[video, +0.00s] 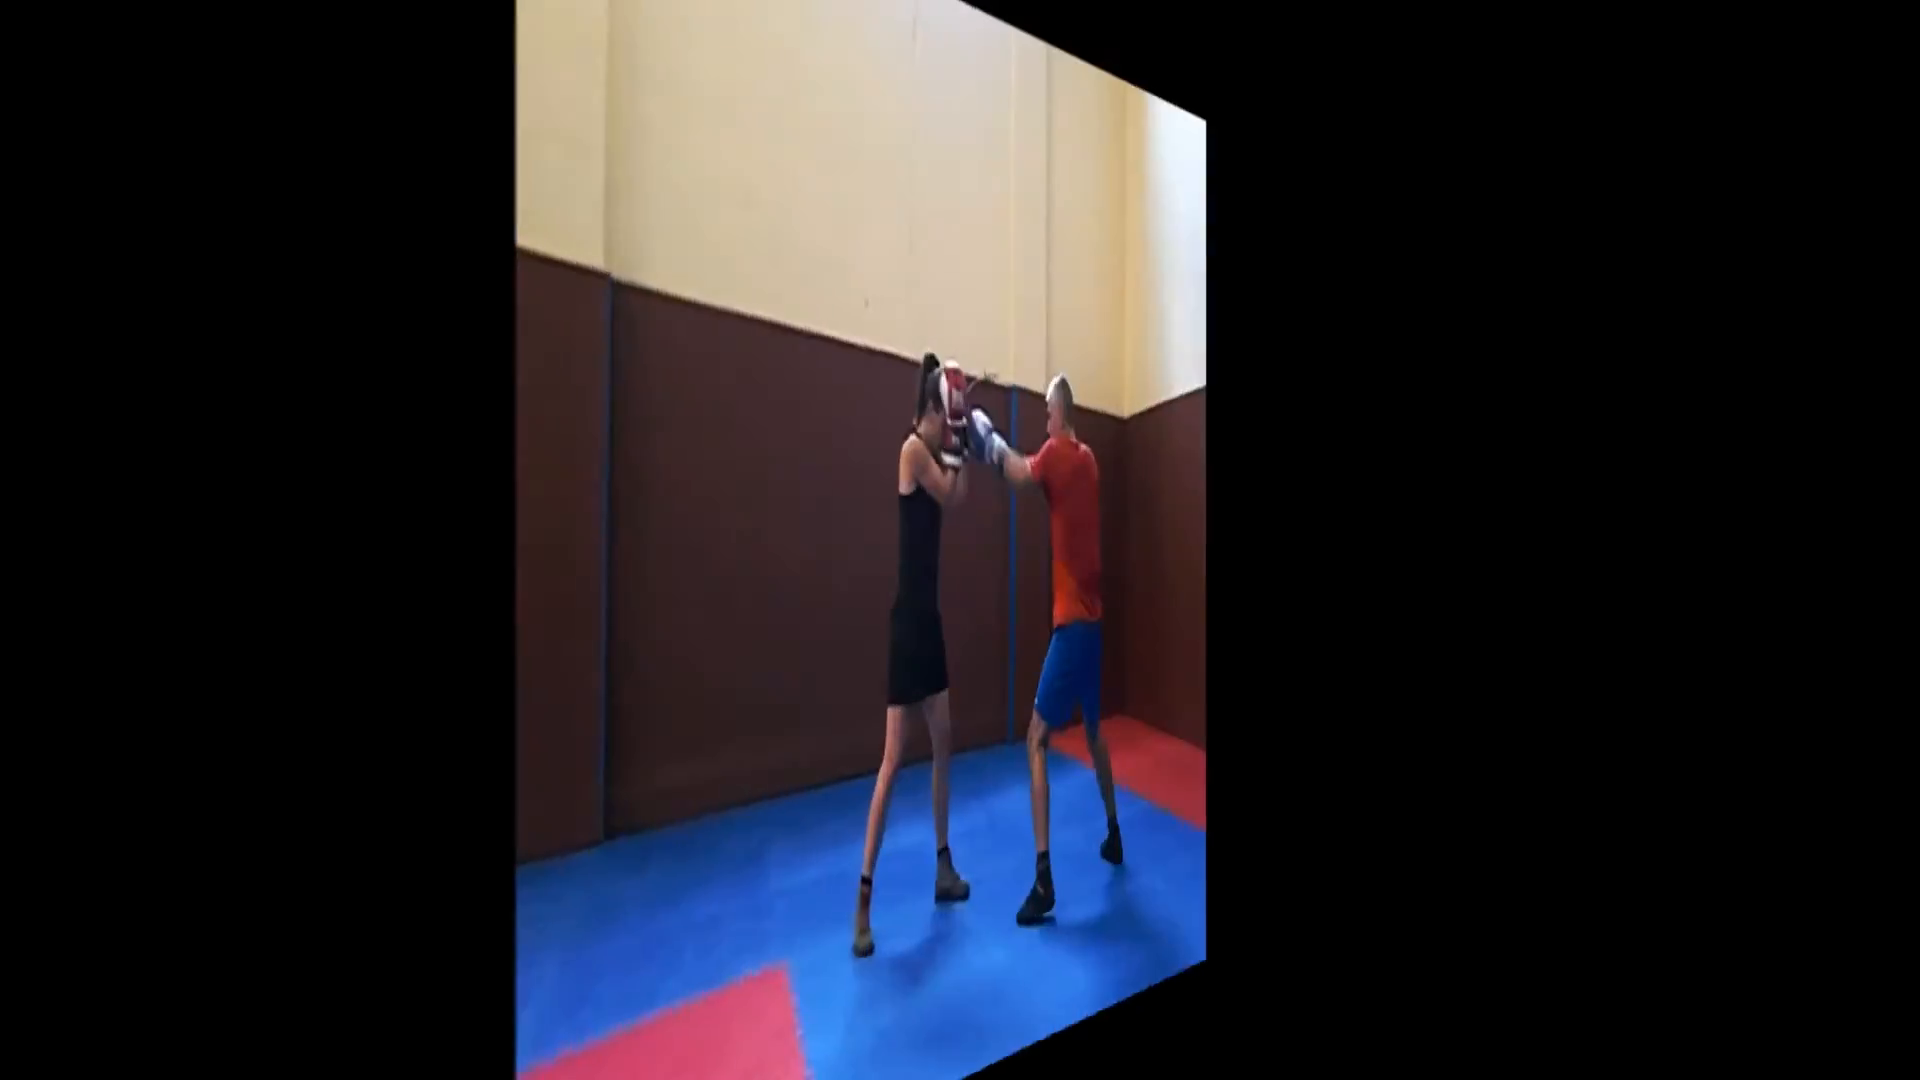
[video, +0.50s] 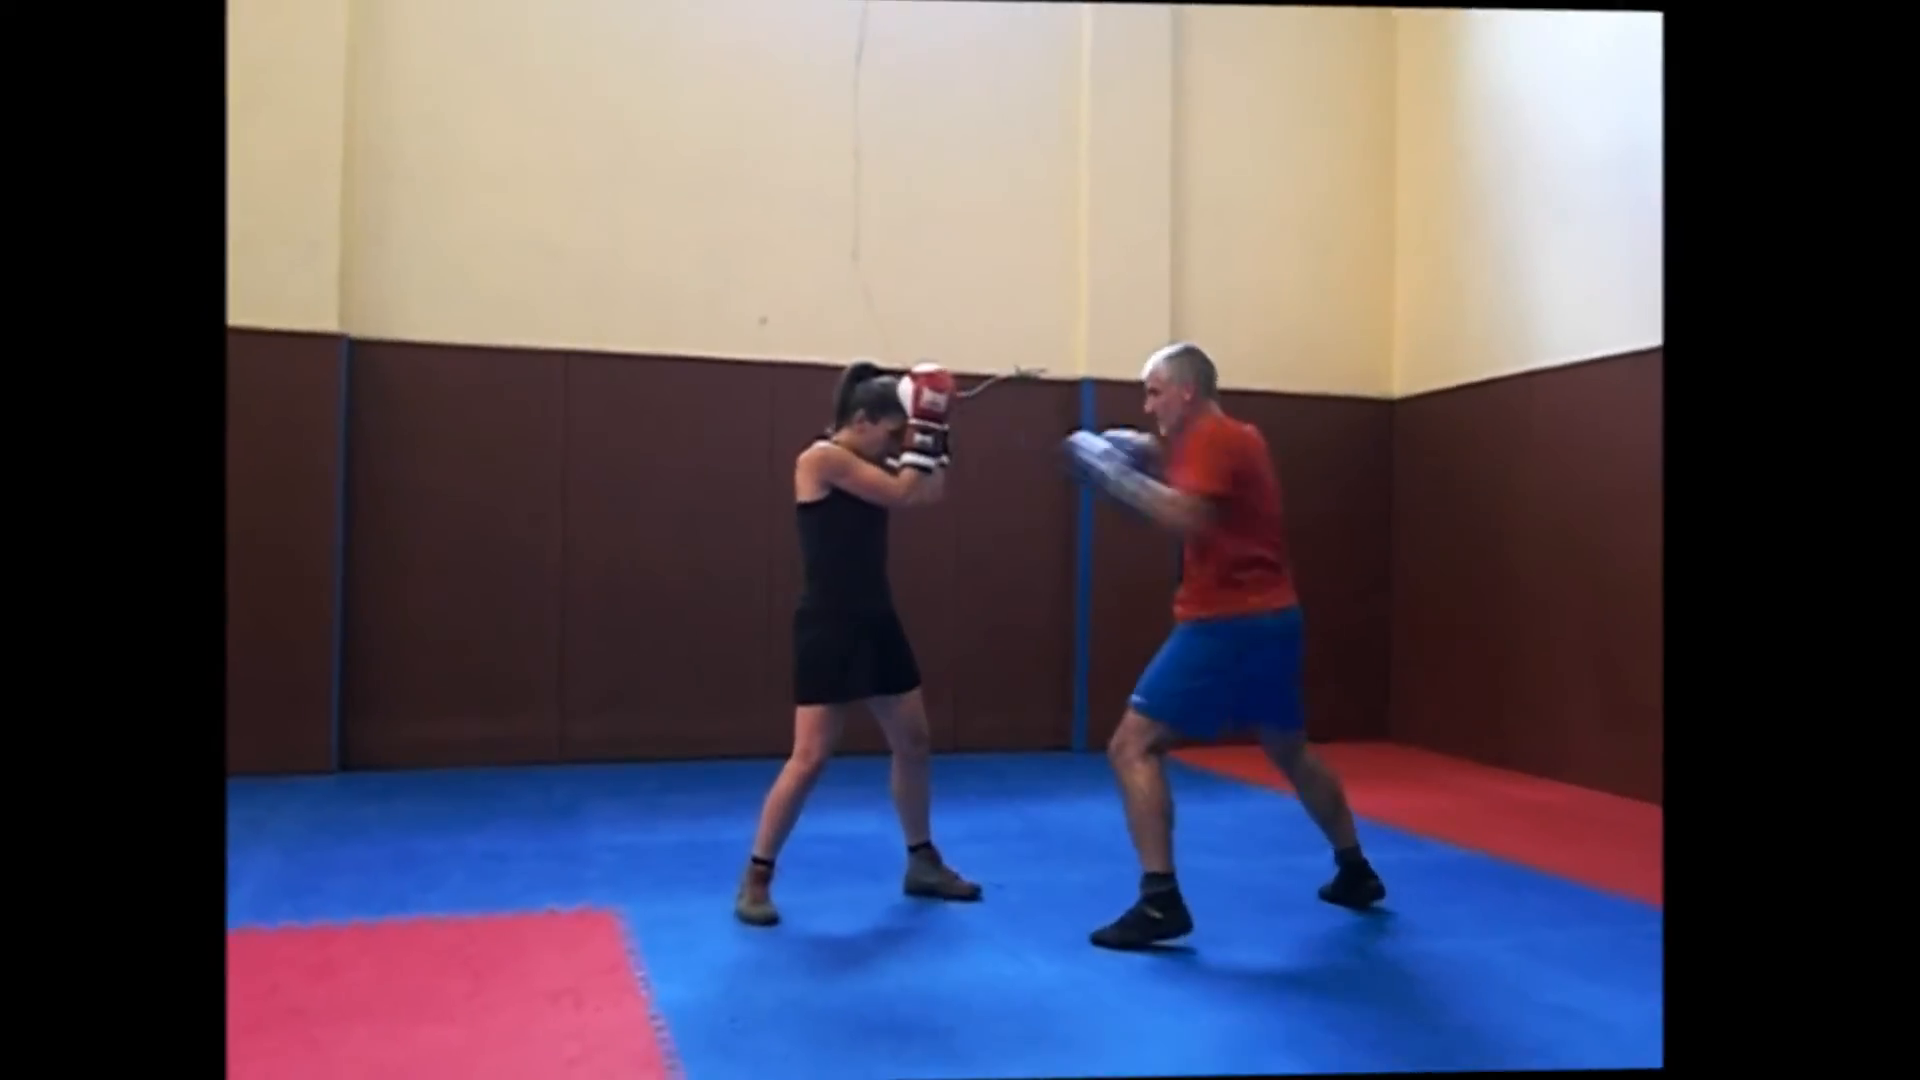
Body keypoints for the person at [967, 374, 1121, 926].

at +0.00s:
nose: (1044, 416)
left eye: (1046, 408)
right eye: (1047, 409)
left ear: (1053, 412)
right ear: (1074, 415)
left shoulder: (1059, 454)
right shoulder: (1081, 458)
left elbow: (1016, 473)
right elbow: (1022, 469)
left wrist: (981, 432)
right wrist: (988, 438)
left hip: (1071, 627)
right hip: (1091, 623)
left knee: (1035, 739)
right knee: (1094, 734)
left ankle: (1043, 880)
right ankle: (1113, 835)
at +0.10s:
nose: (1074, 412)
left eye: (1080, 403)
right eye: (1075, 403)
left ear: (1101, 405)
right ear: (1099, 405)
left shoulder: (1106, 456)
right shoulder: (1118, 449)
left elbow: (1085, 529)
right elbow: (1091, 516)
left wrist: (1047, 490)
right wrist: (1060, 481)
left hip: (1120, 621)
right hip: (1133, 617)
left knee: (1070, 735)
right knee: (1140, 737)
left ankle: (1078, 884)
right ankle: (1178, 839)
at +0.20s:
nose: (1105, 419)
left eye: (1111, 409)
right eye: (1104, 410)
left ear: (1138, 412)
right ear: (1121, 413)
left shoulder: (1173, 466)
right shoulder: (1120, 458)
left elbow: (1189, 549)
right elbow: (1081, 463)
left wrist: (1137, 522)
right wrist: (1047, 445)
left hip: (1173, 626)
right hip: (1157, 625)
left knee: (1113, 740)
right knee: (1180, 751)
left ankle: (1112, 892)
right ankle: (1237, 843)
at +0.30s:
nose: (1135, 433)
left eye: (1143, 422)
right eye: (1134, 422)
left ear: (1175, 427)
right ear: (1151, 426)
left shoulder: (1221, 477)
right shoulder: (1142, 465)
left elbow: (1251, 557)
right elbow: (1070, 456)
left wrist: (1195, 537)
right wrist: (1008, 435)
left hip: (1218, 637)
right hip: (1188, 639)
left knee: (1141, 741)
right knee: (1212, 765)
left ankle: (1139, 899)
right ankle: (1290, 854)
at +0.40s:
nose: (1148, 420)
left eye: (1157, 409)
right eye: (1148, 410)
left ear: (1189, 413)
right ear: (1172, 413)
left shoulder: (1240, 467)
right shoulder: (1164, 458)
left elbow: (1270, 554)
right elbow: (1108, 476)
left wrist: (1205, 530)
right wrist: (1057, 456)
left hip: (1231, 637)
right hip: (1205, 635)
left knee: (1140, 744)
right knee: (1250, 763)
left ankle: (1155, 903)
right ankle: (1331, 862)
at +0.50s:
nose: (1148, 405)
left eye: (1155, 392)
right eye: (1147, 393)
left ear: (1186, 391)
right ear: (1195, 393)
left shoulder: (1205, 439)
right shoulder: (1242, 435)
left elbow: (1188, 514)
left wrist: (1112, 476)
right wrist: (1151, 458)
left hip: (1218, 626)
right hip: (1273, 622)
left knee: (1132, 748)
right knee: (1291, 751)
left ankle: (1160, 901)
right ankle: (1355, 870)